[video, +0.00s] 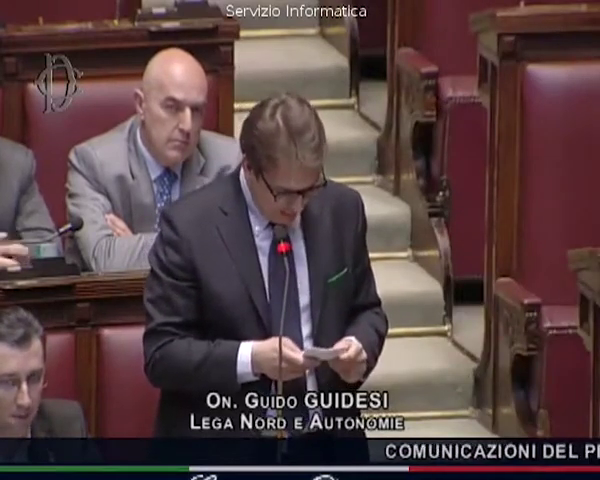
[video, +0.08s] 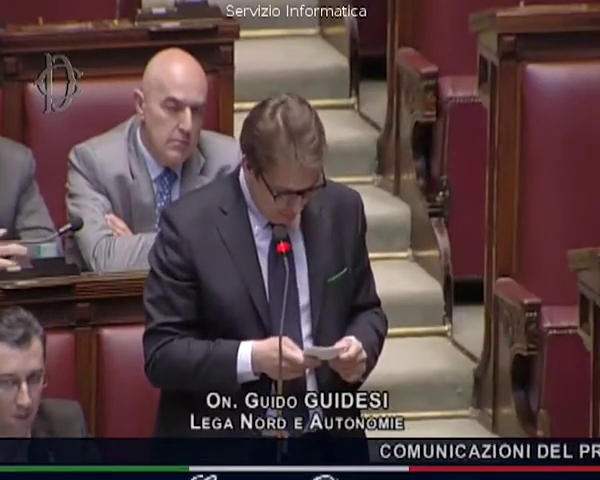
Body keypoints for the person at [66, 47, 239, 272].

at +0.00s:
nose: (187, 126)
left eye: (196, 110)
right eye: (172, 107)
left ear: (205, 109)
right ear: (140, 104)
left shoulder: (231, 157)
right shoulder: (91, 161)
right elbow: (105, 259)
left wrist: (138, 250)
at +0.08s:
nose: (187, 126)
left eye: (196, 110)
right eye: (172, 107)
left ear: (204, 108)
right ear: (140, 104)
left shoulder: (231, 156)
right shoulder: (91, 161)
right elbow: (105, 259)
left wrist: (138, 250)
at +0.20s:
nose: (187, 126)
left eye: (196, 110)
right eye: (172, 107)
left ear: (204, 109)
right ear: (140, 105)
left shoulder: (231, 156)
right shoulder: (91, 161)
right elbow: (105, 259)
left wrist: (138, 250)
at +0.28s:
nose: (187, 126)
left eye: (196, 110)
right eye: (172, 107)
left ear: (204, 108)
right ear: (140, 104)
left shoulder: (231, 157)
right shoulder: (91, 161)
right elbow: (105, 259)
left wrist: (138, 250)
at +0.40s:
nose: (187, 126)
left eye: (197, 110)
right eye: (172, 107)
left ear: (204, 108)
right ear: (140, 104)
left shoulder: (231, 157)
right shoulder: (91, 161)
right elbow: (105, 259)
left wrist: (137, 251)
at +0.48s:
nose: (188, 126)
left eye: (197, 110)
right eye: (173, 108)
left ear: (205, 108)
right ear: (141, 104)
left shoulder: (231, 157)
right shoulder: (91, 161)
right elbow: (105, 259)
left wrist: (137, 251)